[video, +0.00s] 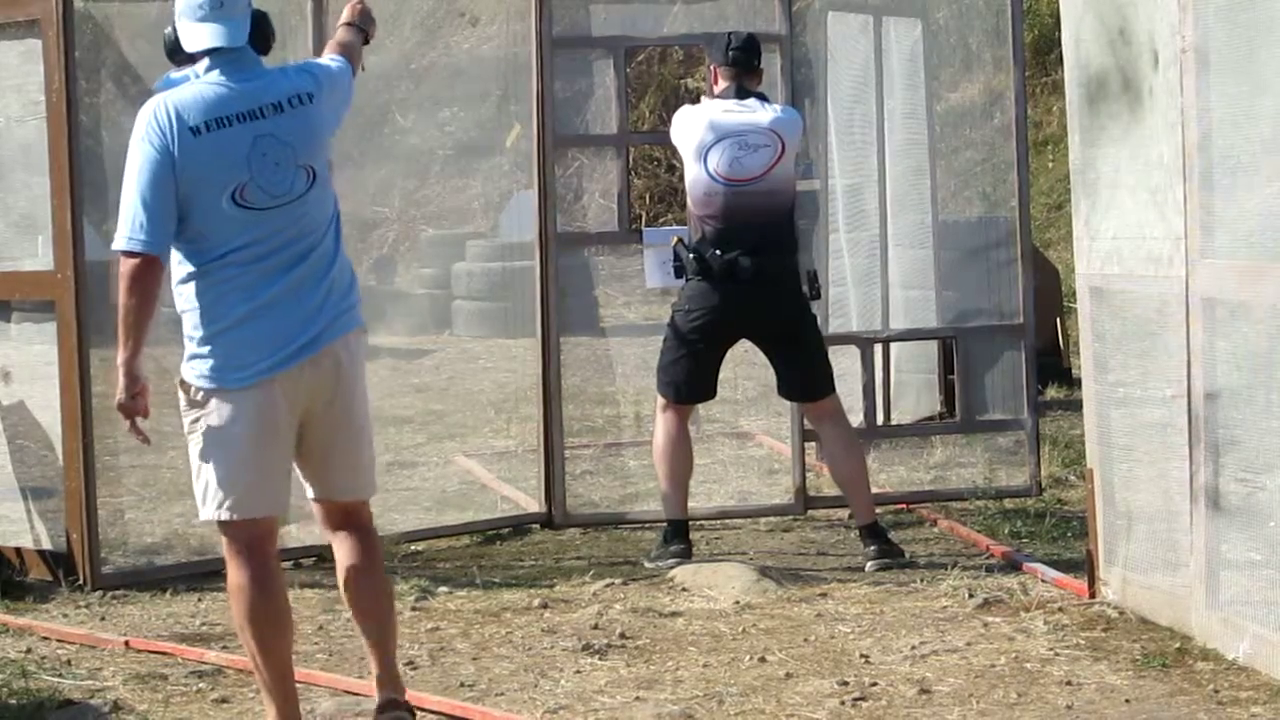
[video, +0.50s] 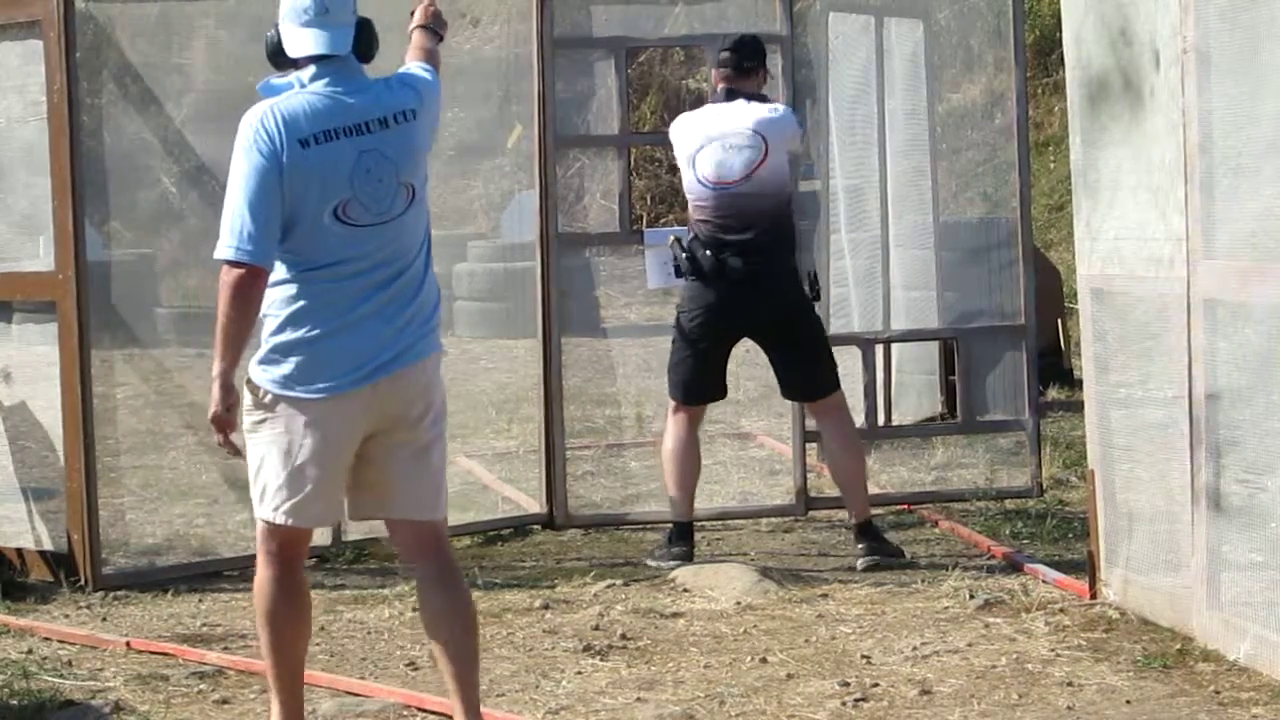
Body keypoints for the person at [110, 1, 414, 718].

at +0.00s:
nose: (172, 57)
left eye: (175, 47)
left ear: (180, 48)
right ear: (256, 35)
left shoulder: (164, 117)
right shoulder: (310, 89)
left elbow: (141, 259)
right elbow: (341, 53)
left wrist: (129, 363)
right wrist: (353, 24)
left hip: (232, 363)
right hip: (332, 335)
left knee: (251, 550)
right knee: (349, 516)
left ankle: (284, 709)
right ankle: (390, 687)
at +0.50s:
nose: (283, 63)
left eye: (281, 50)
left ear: (283, 53)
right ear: (361, 44)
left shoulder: (270, 126)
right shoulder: (409, 101)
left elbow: (245, 269)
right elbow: (422, 62)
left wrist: (223, 378)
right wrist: (426, 26)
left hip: (304, 372)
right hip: (409, 359)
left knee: (282, 554)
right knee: (429, 547)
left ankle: (286, 711)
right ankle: (470, 711)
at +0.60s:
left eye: (303, 50)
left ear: (303, 53)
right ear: (383, 42)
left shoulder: (294, 125)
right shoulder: (433, 99)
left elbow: (272, 270)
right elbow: (442, 61)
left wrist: (253, 377)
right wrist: (444, 29)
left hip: (330, 367)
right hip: (434, 356)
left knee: (296, 550)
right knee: (443, 546)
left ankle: (290, 709)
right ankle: (472, 710)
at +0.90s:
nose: (349, 61)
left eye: (349, 47)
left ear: (352, 48)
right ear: (428, 38)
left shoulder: (341, 112)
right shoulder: (479, 98)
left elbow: (321, 254)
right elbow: (500, 67)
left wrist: (306, 369)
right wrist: (506, 33)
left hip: (377, 364)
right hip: (480, 356)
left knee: (340, 541)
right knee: (474, 553)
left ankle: (354, 709)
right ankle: (482, 714)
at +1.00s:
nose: (356, 60)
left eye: (357, 46)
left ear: (360, 47)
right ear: (436, 37)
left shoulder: (346, 111)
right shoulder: (488, 98)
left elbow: (322, 253)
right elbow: (515, 64)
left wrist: (303, 366)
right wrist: (524, 28)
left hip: (381, 365)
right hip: (484, 357)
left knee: (355, 549)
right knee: (475, 549)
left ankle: (387, 712)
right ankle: (485, 715)